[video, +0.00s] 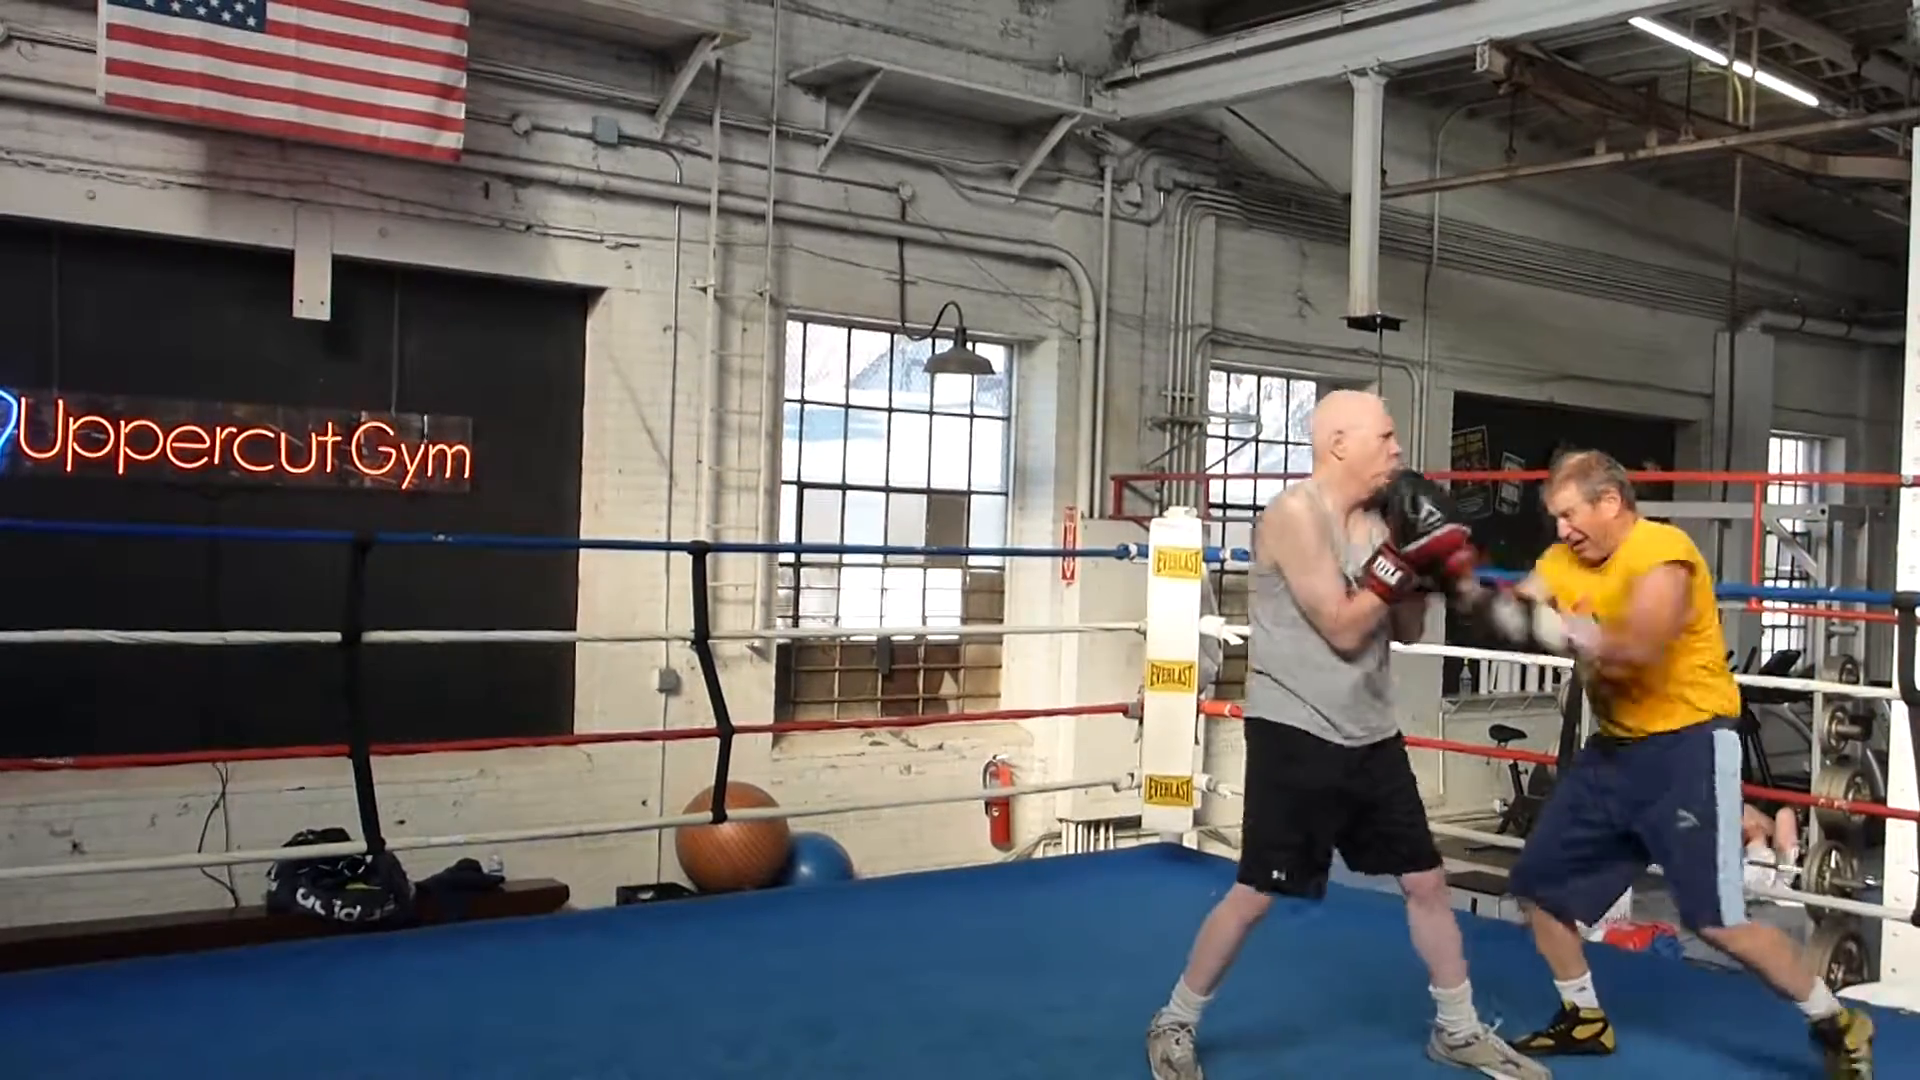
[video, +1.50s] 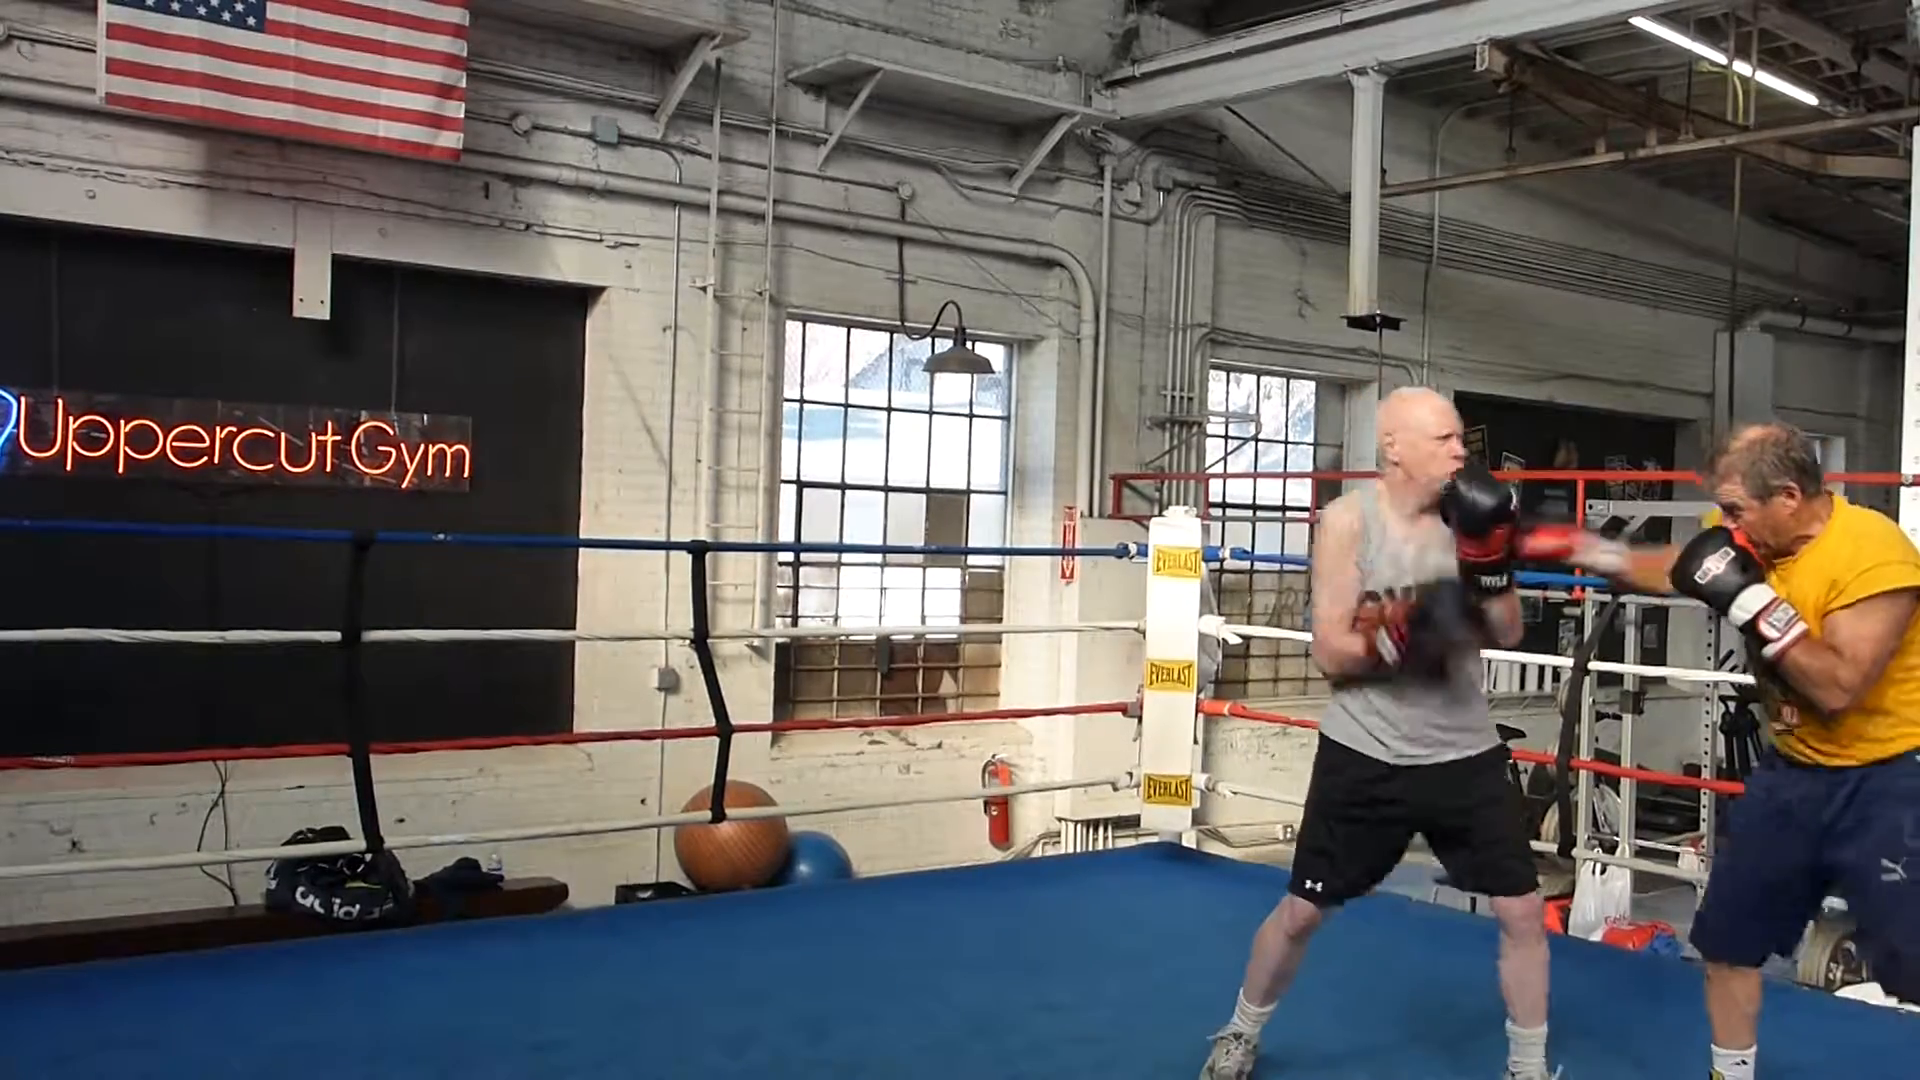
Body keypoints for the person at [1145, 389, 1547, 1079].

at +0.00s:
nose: (1399, 451)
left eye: (1397, 439)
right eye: (1386, 438)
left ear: (1347, 445)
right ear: (1338, 444)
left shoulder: (1375, 522)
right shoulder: (1293, 512)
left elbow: (1406, 630)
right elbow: (1345, 631)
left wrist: (1423, 560)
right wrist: (1402, 560)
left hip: (1371, 735)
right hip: (1293, 733)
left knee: (1426, 879)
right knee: (1257, 891)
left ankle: (1458, 1028)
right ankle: (1176, 1021)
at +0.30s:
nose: (1392, 451)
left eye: (1392, 439)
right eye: (1382, 439)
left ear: (1342, 441)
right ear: (1335, 441)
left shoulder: (1359, 513)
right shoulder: (1282, 503)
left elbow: (1387, 626)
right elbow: (1331, 627)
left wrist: (1396, 557)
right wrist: (1382, 550)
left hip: (1344, 722)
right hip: (1268, 719)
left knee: (1386, 870)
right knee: (1244, 882)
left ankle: (1387, 1025)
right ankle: (1174, 1022)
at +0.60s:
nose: (1390, 448)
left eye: (1391, 436)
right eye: (1380, 435)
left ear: (1343, 435)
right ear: (1330, 435)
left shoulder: (1362, 506)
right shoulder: (1276, 498)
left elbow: (1386, 625)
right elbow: (1318, 629)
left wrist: (1393, 548)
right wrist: (1358, 552)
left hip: (1337, 722)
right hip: (1261, 716)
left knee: (1370, 871)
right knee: (1236, 875)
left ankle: (1385, 1024)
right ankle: (1173, 1019)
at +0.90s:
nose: (1404, 451)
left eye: (1408, 439)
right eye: (1394, 435)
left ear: (1383, 437)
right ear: (1347, 428)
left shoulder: (1385, 505)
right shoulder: (1293, 492)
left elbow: (1406, 625)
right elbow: (1320, 620)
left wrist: (1430, 548)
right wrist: (1382, 543)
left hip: (1370, 723)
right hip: (1290, 718)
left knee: (1385, 877)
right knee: (1253, 878)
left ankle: (1385, 1026)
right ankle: (1182, 1016)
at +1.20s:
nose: (1407, 462)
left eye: (1411, 448)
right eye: (1395, 448)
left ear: (1411, 449)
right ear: (1346, 442)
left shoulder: (1397, 513)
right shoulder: (1294, 512)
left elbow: (1425, 632)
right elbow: (1326, 638)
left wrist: (1437, 560)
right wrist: (1377, 556)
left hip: (1403, 736)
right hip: (1311, 740)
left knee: (1483, 866)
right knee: (1285, 904)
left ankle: (1437, 1010)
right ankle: (1238, 1034)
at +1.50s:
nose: (1459, 451)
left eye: (1460, 438)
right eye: (1443, 440)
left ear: (1461, 443)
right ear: (1394, 449)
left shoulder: (1471, 518)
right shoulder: (1346, 521)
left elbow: (1508, 633)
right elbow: (1332, 653)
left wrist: (1492, 558)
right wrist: (1391, 640)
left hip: (1466, 755)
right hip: (1363, 754)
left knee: (1523, 910)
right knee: (1304, 910)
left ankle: (1530, 1071)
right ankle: (1240, 1039)